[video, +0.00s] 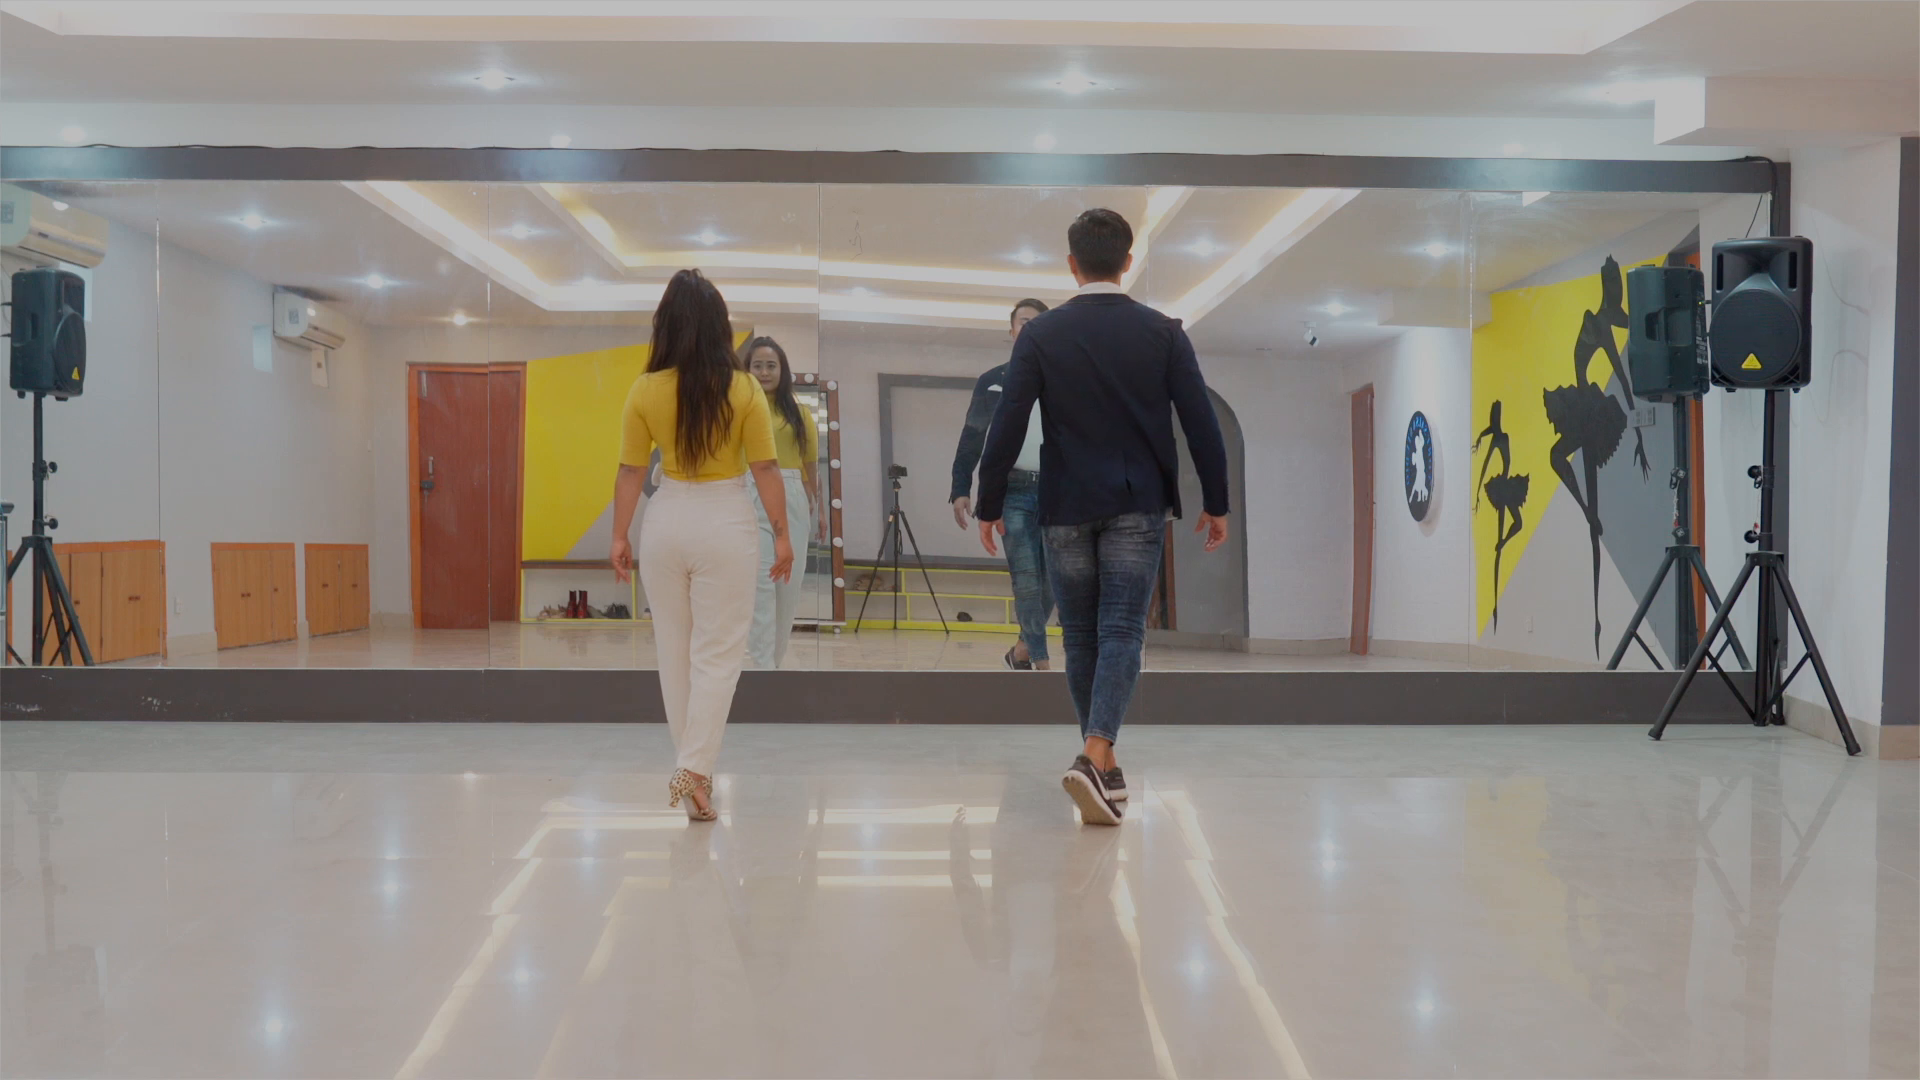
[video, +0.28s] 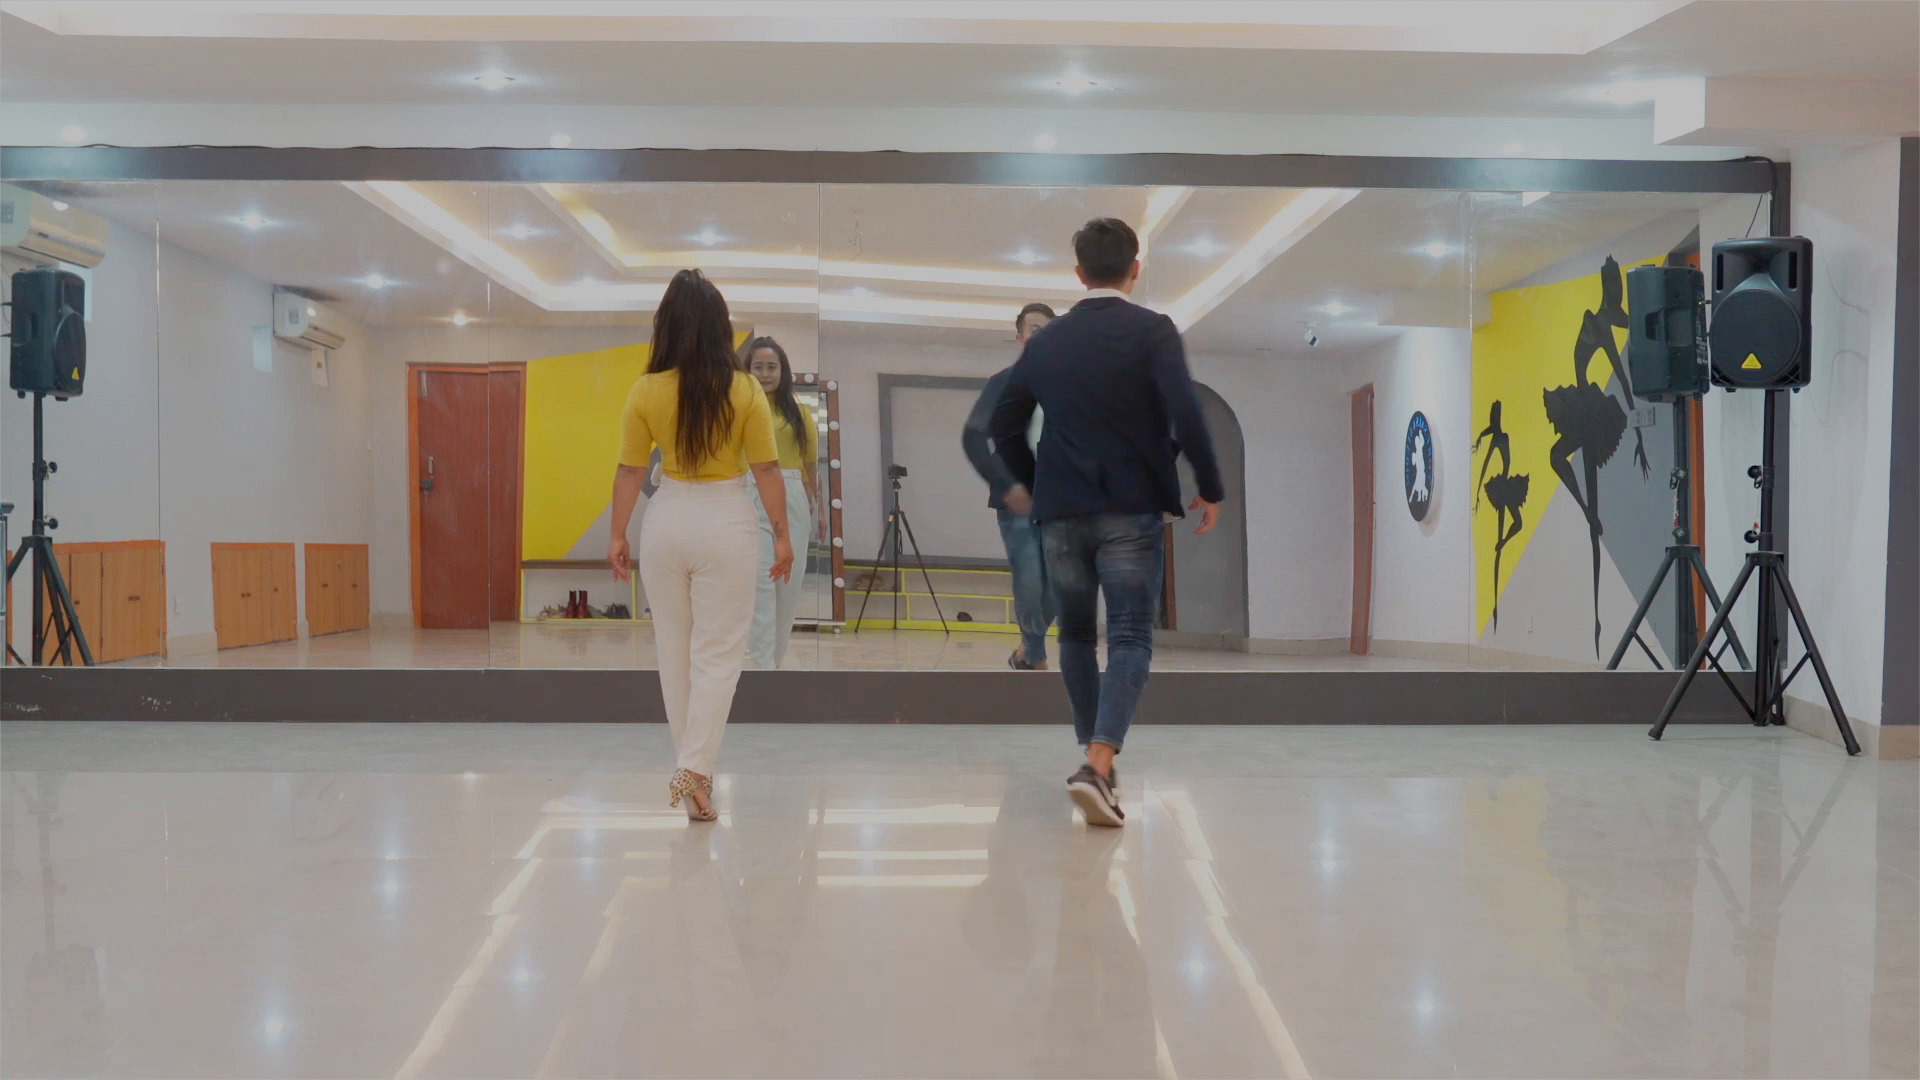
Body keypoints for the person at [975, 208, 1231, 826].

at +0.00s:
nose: (1075, 267)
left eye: (1071, 259)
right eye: (1125, 257)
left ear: (1070, 263)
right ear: (1130, 261)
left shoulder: (1042, 332)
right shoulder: (1161, 330)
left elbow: (1009, 422)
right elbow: (1200, 418)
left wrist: (989, 500)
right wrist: (1216, 500)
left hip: (1065, 500)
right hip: (1139, 499)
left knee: (1080, 634)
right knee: (1122, 630)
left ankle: (1107, 771)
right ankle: (1091, 758)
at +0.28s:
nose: (1138, 270)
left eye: (1082, 266)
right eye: (1138, 263)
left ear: (1077, 272)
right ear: (1136, 268)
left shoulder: (1048, 339)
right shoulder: (1154, 330)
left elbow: (1004, 423)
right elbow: (1186, 415)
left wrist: (1034, 484)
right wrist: (1210, 487)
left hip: (1060, 504)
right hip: (1131, 504)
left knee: (1077, 633)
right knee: (1129, 638)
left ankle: (1095, 763)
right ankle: (1097, 764)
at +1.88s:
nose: (1102, 278)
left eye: (1115, 265)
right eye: (1091, 268)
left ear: (1141, 271)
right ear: (1080, 278)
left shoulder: (1179, 331)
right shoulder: (1068, 344)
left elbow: (1231, 395)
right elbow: (1015, 418)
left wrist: (1217, 427)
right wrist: (1053, 434)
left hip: (1152, 500)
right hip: (1103, 505)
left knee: (1048, 596)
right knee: (1131, 652)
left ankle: (1085, 735)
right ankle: (1178, 782)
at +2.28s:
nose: (1053, 300)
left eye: (1066, 289)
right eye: (1044, 291)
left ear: (1093, 297)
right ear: (1036, 301)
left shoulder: (1129, 363)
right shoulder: (1034, 365)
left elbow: (1173, 444)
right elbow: (1006, 425)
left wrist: (1123, 494)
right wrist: (1006, 445)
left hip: (1122, 525)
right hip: (1058, 526)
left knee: (1092, 641)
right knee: (1082, 645)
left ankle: (1072, 765)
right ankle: (1132, 724)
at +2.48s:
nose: (1064, 317)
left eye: (1075, 304)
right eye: (1052, 306)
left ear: (1097, 306)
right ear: (1040, 313)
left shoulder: (1133, 369)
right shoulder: (1013, 377)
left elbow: (1170, 435)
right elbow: (961, 453)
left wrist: (1120, 460)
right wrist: (1014, 491)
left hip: (1102, 539)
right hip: (1038, 540)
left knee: (1044, 638)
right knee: (1082, 666)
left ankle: (1014, 744)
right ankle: (1152, 735)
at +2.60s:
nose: (1064, 301)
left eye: (1076, 290)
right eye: (1054, 290)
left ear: (1095, 297)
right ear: (1039, 296)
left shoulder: (1121, 361)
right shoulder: (1007, 364)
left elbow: (1158, 432)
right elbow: (942, 444)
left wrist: (1112, 462)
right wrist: (1002, 482)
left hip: (1085, 530)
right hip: (1022, 528)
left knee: (1043, 646)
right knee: (1033, 656)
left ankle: (1017, 751)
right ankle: (1111, 710)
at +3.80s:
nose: (1082, 314)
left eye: (1092, 303)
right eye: (1070, 303)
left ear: (1104, 306)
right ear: (1047, 309)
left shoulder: (1124, 375)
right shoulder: (1009, 369)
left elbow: (1126, 454)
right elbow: (940, 436)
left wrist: (1068, 438)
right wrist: (986, 486)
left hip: (1095, 530)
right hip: (1038, 528)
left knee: (1054, 663)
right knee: (1106, 639)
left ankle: (970, 744)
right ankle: (1052, 751)